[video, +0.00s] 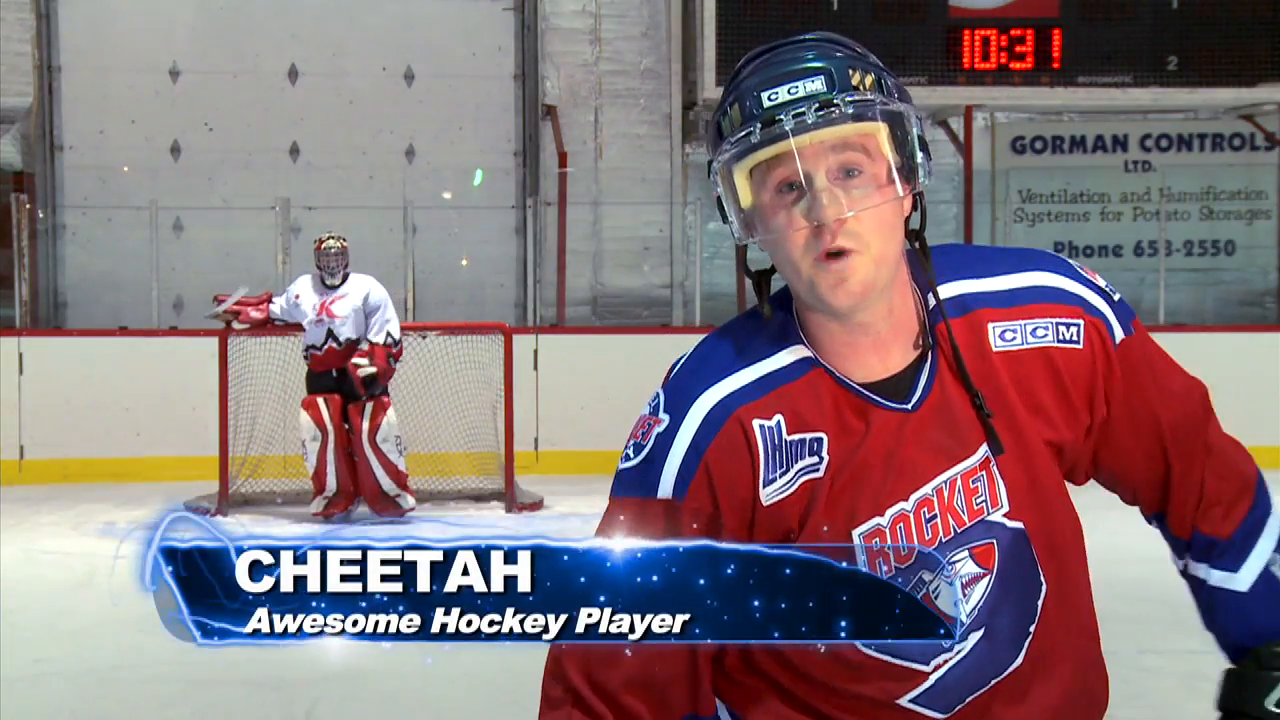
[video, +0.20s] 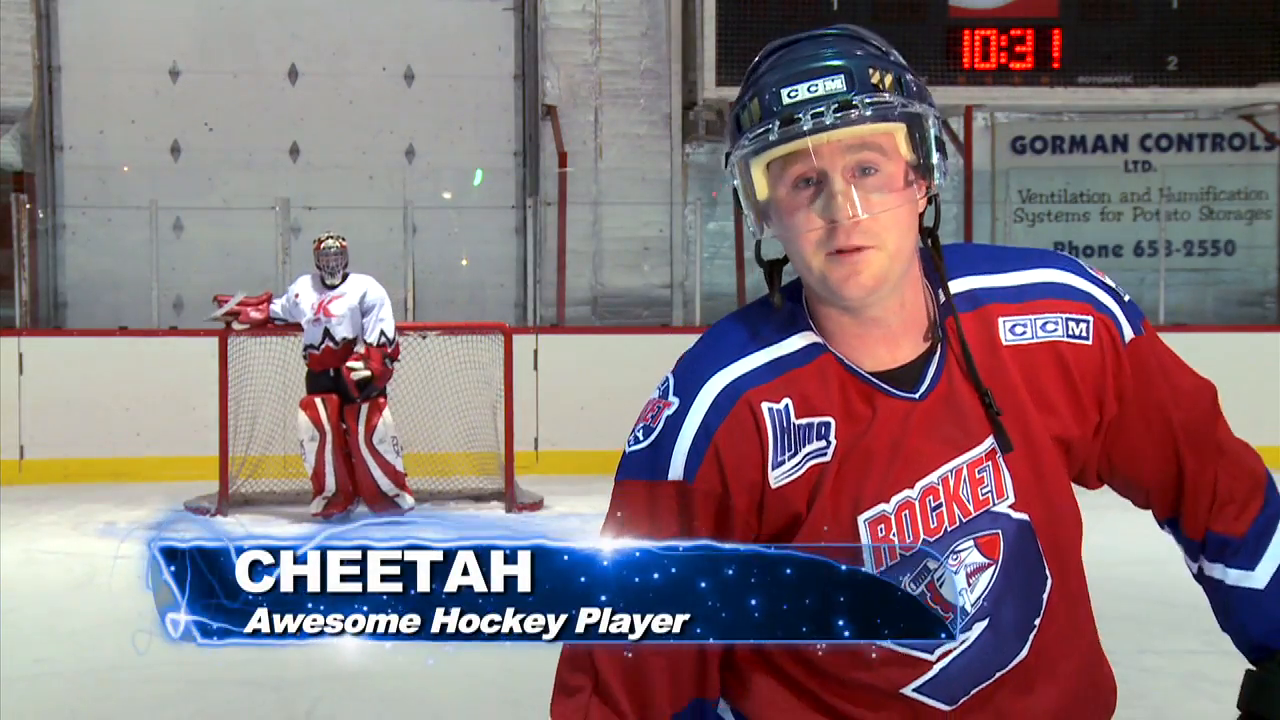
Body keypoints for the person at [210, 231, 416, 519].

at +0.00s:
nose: (333, 263)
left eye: (338, 257)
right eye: (327, 258)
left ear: (346, 259)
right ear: (317, 260)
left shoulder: (367, 288)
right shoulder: (303, 289)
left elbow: (386, 329)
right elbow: (276, 309)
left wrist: (379, 363)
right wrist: (240, 309)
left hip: (359, 371)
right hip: (320, 375)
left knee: (371, 434)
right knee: (325, 436)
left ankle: (390, 499)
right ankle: (334, 500)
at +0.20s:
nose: (332, 262)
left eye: (337, 256)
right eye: (326, 257)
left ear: (346, 258)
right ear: (317, 260)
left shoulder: (366, 288)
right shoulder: (303, 289)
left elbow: (383, 333)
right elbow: (277, 310)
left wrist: (376, 367)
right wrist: (241, 308)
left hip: (357, 373)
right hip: (319, 376)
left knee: (367, 436)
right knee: (323, 437)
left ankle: (390, 498)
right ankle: (334, 500)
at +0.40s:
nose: (334, 261)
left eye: (339, 255)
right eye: (328, 256)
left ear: (348, 257)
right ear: (319, 259)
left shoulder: (367, 289)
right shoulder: (305, 288)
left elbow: (382, 335)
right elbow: (280, 310)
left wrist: (371, 367)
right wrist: (245, 308)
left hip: (356, 373)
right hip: (319, 375)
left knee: (365, 437)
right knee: (324, 437)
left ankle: (389, 498)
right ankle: (334, 500)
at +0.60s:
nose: (335, 261)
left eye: (341, 255)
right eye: (330, 256)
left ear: (349, 258)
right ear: (320, 259)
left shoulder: (369, 289)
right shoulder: (306, 288)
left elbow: (384, 334)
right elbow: (281, 309)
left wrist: (376, 366)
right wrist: (247, 309)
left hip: (357, 372)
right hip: (320, 375)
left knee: (365, 436)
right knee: (324, 435)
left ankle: (392, 496)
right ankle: (333, 498)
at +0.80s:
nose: (337, 263)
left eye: (342, 257)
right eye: (331, 257)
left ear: (351, 258)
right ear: (321, 260)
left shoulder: (371, 289)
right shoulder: (306, 288)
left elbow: (391, 326)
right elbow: (282, 309)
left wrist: (375, 352)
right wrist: (251, 311)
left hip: (362, 374)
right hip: (321, 375)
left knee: (369, 434)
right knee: (323, 434)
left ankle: (391, 497)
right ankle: (332, 498)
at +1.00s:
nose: (338, 263)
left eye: (343, 257)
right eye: (332, 258)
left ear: (352, 258)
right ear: (323, 260)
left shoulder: (371, 286)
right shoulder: (307, 287)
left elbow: (389, 326)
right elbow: (281, 310)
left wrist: (352, 333)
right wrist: (245, 311)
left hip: (363, 374)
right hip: (323, 374)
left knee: (369, 431)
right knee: (322, 433)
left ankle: (391, 498)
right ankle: (332, 499)